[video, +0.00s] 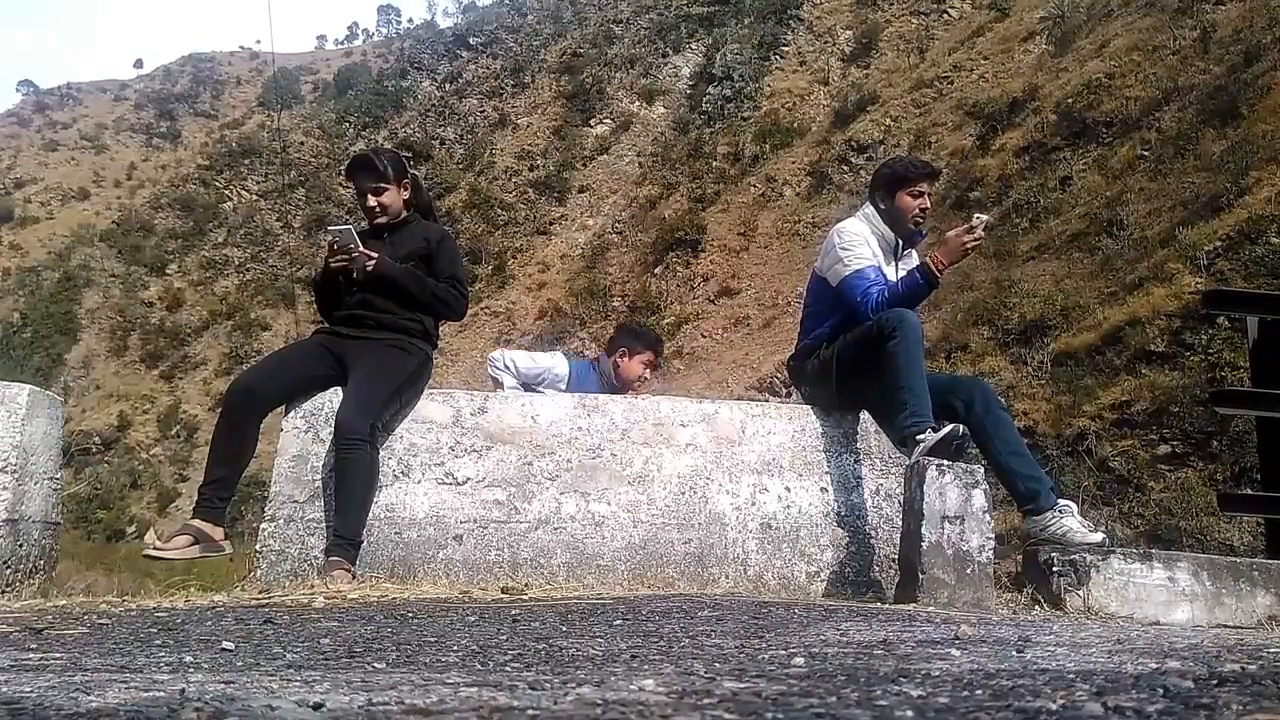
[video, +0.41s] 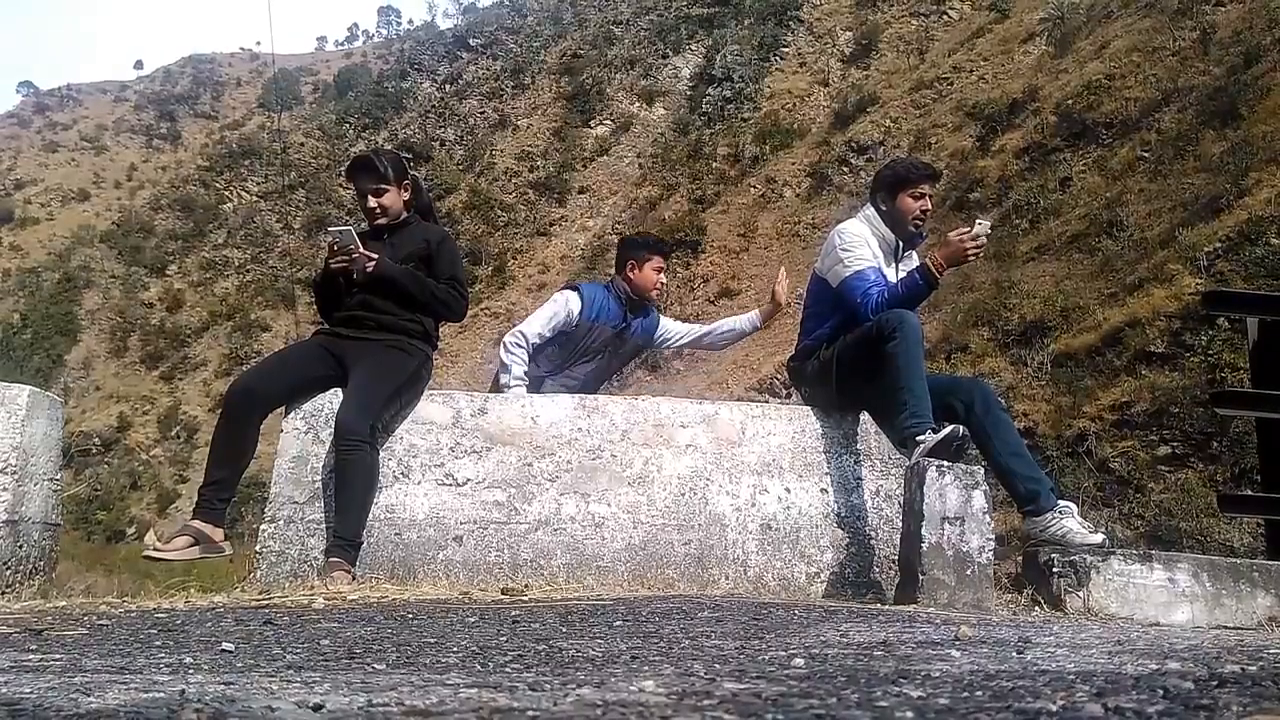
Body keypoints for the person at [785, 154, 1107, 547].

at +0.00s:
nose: (925, 204)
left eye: (927, 195)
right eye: (915, 195)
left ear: (926, 200)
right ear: (884, 197)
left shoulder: (906, 246)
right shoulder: (849, 235)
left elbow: (895, 309)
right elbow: (871, 305)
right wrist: (938, 261)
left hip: (876, 375)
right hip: (824, 373)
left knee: (975, 394)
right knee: (900, 324)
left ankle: (1043, 510)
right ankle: (917, 436)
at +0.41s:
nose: (926, 206)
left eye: (929, 198)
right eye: (916, 197)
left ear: (928, 204)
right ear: (885, 199)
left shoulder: (906, 247)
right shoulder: (850, 236)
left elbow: (895, 308)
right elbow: (870, 306)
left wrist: (944, 260)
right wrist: (937, 263)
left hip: (876, 376)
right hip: (824, 374)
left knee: (975, 394)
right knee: (900, 325)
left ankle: (1043, 512)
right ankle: (917, 436)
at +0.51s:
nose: (927, 206)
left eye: (929, 198)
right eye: (917, 197)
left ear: (928, 204)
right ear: (886, 199)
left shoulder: (907, 246)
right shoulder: (850, 236)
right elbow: (872, 304)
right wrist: (937, 262)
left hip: (876, 377)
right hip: (825, 374)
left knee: (974, 393)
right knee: (900, 324)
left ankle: (1044, 512)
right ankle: (917, 436)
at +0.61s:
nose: (928, 205)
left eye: (930, 197)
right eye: (918, 196)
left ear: (930, 203)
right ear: (887, 199)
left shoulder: (909, 245)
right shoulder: (853, 235)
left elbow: (894, 308)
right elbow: (873, 304)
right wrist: (937, 262)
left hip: (876, 376)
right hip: (824, 373)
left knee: (974, 393)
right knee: (900, 324)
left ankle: (1043, 511)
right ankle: (917, 437)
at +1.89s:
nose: (928, 207)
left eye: (932, 199)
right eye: (917, 196)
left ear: (933, 204)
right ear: (887, 197)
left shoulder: (911, 247)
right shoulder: (851, 232)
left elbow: (895, 304)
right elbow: (869, 300)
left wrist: (944, 268)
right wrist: (940, 268)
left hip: (878, 374)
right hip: (825, 371)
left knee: (975, 390)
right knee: (897, 321)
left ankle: (1043, 509)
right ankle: (917, 434)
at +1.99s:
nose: (925, 207)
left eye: (930, 199)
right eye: (914, 197)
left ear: (931, 204)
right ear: (886, 197)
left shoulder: (910, 250)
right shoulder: (849, 231)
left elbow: (897, 308)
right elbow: (868, 299)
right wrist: (943, 275)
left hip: (879, 376)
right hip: (825, 371)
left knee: (975, 390)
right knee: (897, 320)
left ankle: (1043, 509)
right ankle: (917, 433)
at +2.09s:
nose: (920, 209)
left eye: (928, 202)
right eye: (910, 198)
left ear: (932, 207)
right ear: (885, 197)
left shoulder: (910, 253)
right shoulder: (849, 232)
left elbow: (903, 308)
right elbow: (865, 297)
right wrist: (945, 284)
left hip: (879, 376)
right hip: (825, 373)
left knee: (975, 391)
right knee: (898, 321)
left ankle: (1043, 510)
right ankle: (917, 434)